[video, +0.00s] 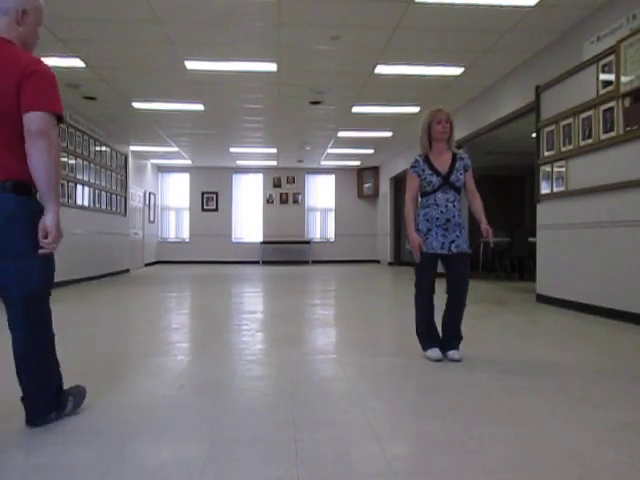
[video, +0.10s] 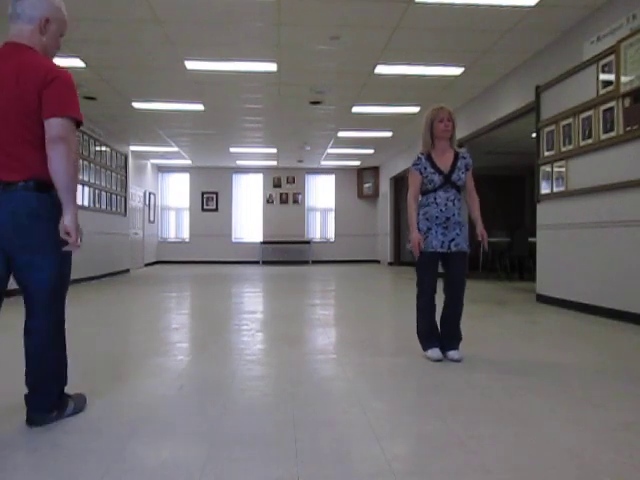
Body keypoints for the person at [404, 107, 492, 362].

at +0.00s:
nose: (444, 126)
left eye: (447, 123)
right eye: (438, 123)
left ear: (452, 128)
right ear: (429, 128)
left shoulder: (462, 160)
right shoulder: (419, 163)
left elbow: (472, 194)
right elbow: (410, 201)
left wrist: (483, 221)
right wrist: (412, 233)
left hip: (456, 232)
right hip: (427, 232)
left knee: (459, 287)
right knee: (425, 289)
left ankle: (451, 343)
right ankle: (430, 343)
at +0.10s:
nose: (446, 124)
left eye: (449, 121)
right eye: (441, 121)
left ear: (454, 126)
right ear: (431, 127)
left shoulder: (463, 158)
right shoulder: (421, 160)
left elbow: (471, 193)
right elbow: (412, 197)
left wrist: (479, 224)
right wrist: (413, 231)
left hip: (456, 229)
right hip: (428, 230)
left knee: (456, 288)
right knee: (426, 289)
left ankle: (451, 343)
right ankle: (430, 343)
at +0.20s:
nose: (448, 121)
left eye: (451, 118)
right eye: (443, 118)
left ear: (456, 124)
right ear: (433, 124)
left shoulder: (464, 156)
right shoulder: (422, 157)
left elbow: (469, 192)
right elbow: (412, 194)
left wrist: (473, 224)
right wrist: (416, 225)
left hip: (456, 227)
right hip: (429, 228)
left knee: (453, 289)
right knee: (429, 288)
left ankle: (451, 343)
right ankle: (430, 343)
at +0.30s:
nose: (449, 121)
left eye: (453, 118)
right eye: (444, 117)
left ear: (458, 124)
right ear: (434, 123)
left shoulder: (464, 156)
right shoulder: (422, 156)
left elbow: (468, 193)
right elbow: (411, 191)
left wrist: (471, 225)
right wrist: (416, 223)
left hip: (457, 228)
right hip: (430, 228)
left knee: (453, 290)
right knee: (431, 290)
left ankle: (451, 343)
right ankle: (431, 343)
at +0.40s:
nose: (448, 123)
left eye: (452, 120)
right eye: (443, 118)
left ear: (457, 126)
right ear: (434, 123)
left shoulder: (463, 158)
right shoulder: (420, 158)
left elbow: (469, 194)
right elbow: (410, 194)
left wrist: (475, 226)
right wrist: (416, 223)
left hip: (458, 229)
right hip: (430, 230)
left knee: (453, 291)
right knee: (433, 290)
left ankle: (451, 343)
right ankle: (431, 343)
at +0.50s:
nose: (447, 125)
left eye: (451, 122)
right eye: (443, 121)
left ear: (455, 128)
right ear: (432, 126)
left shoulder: (461, 160)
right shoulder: (418, 160)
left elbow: (470, 195)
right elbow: (409, 197)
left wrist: (477, 229)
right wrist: (415, 226)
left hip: (457, 231)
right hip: (429, 232)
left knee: (453, 291)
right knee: (434, 290)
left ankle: (451, 343)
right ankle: (431, 344)